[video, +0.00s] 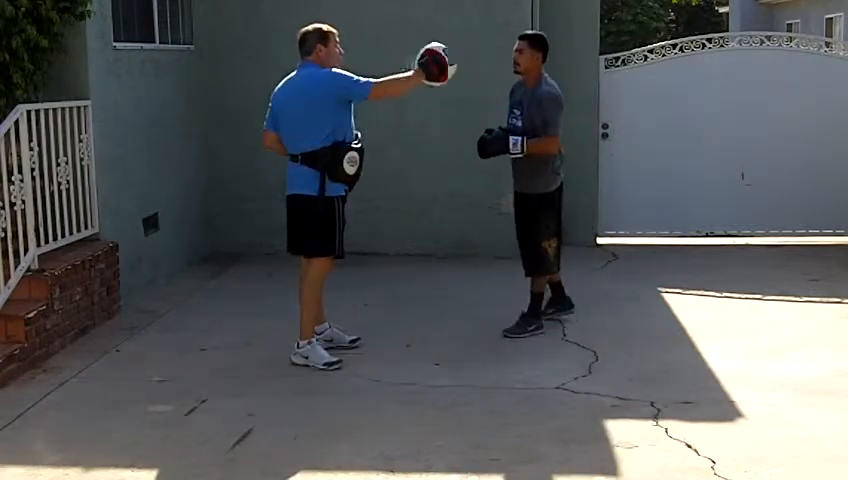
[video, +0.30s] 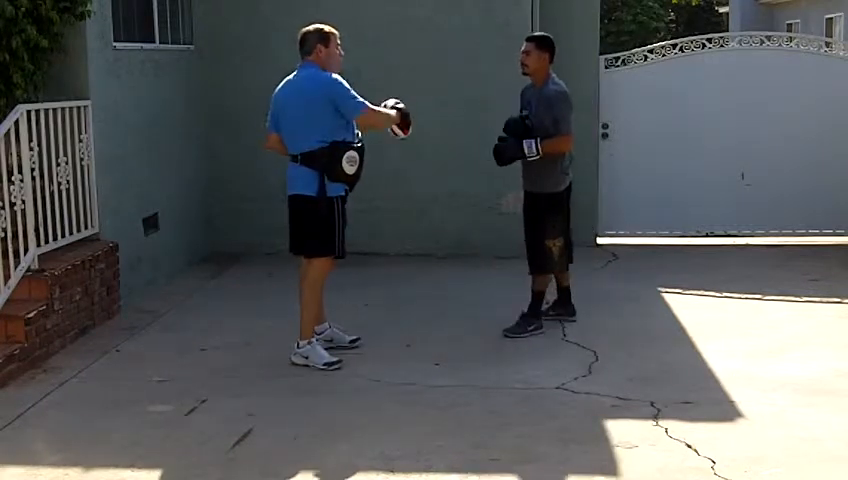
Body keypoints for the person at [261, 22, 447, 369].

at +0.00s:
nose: (341, 51)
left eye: (339, 45)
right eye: (337, 45)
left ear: (311, 52)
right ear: (320, 50)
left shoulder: (283, 88)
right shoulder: (331, 80)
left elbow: (271, 140)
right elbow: (380, 89)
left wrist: (308, 155)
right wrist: (422, 74)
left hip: (300, 188)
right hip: (323, 189)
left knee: (314, 260)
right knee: (321, 261)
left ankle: (318, 329)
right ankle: (305, 345)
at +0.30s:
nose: (342, 54)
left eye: (341, 47)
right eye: (338, 48)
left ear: (310, 53)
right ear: (320, 50)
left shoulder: (283, 88)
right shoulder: (329, 81)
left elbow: (272, 140)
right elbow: (368, 119)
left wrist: (308, 154)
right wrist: (393, 115)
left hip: (299, 187)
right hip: (324, 189)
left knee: (312, 260)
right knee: (321, 261)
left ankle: (320, 329)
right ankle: (305, 344)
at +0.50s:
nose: (343, 53)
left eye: (342, 47)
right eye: (339, 47)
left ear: (314, 52)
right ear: (319, 50)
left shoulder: (291, 85)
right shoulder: (323, 85)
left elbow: (282, 140)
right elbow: (346, 135)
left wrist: (325, 147)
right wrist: (381, 155)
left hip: (305, 187)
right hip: (320, 190)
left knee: (317, 260)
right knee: (318, 262)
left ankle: (320, 329)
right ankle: (305, 345)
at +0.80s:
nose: (343, 56)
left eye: (342, 50)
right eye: (338, 49)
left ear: (318, 53)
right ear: (318, 52)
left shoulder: (314, 84)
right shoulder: (303, 88)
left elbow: (324, 136)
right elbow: (307, 144)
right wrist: (340, 179)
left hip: (320, 187)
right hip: (310, 190)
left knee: (321, 260)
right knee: (314, 262)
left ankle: (318, 329)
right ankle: (305, 344)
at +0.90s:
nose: (342, 56)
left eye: (341, 49)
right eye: (338, 49)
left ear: (317, 53)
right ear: (317, 52)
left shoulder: (313, 84)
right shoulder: (299, 88)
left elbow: (322, 133)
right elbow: (299, 142)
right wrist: (329, 181)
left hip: (321, 188)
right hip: (308, 191)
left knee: (321, 260)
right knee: (314, 262)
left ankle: (319, 329)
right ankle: (305, 345)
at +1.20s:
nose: (336, 53)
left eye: (336, 47)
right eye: (331, 47)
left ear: (314, 52)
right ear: (312, 52)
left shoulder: (320, 84)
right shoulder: (292, 89)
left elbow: (350, 121)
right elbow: (291, 144)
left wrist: (363, 83)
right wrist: (325, 182)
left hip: (325, 186)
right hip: (306, 190)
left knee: (321, 259)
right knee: (313, 260)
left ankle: (319, 330)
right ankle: (304, 344)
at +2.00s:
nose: (339, 54)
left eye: (338, 47)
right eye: (334, 47)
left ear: (317, 52)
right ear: (317, 51)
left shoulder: (315, 84)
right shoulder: (299, 89)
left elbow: (325, 135)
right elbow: (299, 144)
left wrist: (358, 133)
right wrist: (341, 165)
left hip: (324, 188)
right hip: (311, 192)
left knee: (327, 259)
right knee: (318, 262)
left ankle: (319, 329)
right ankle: (307, 343)